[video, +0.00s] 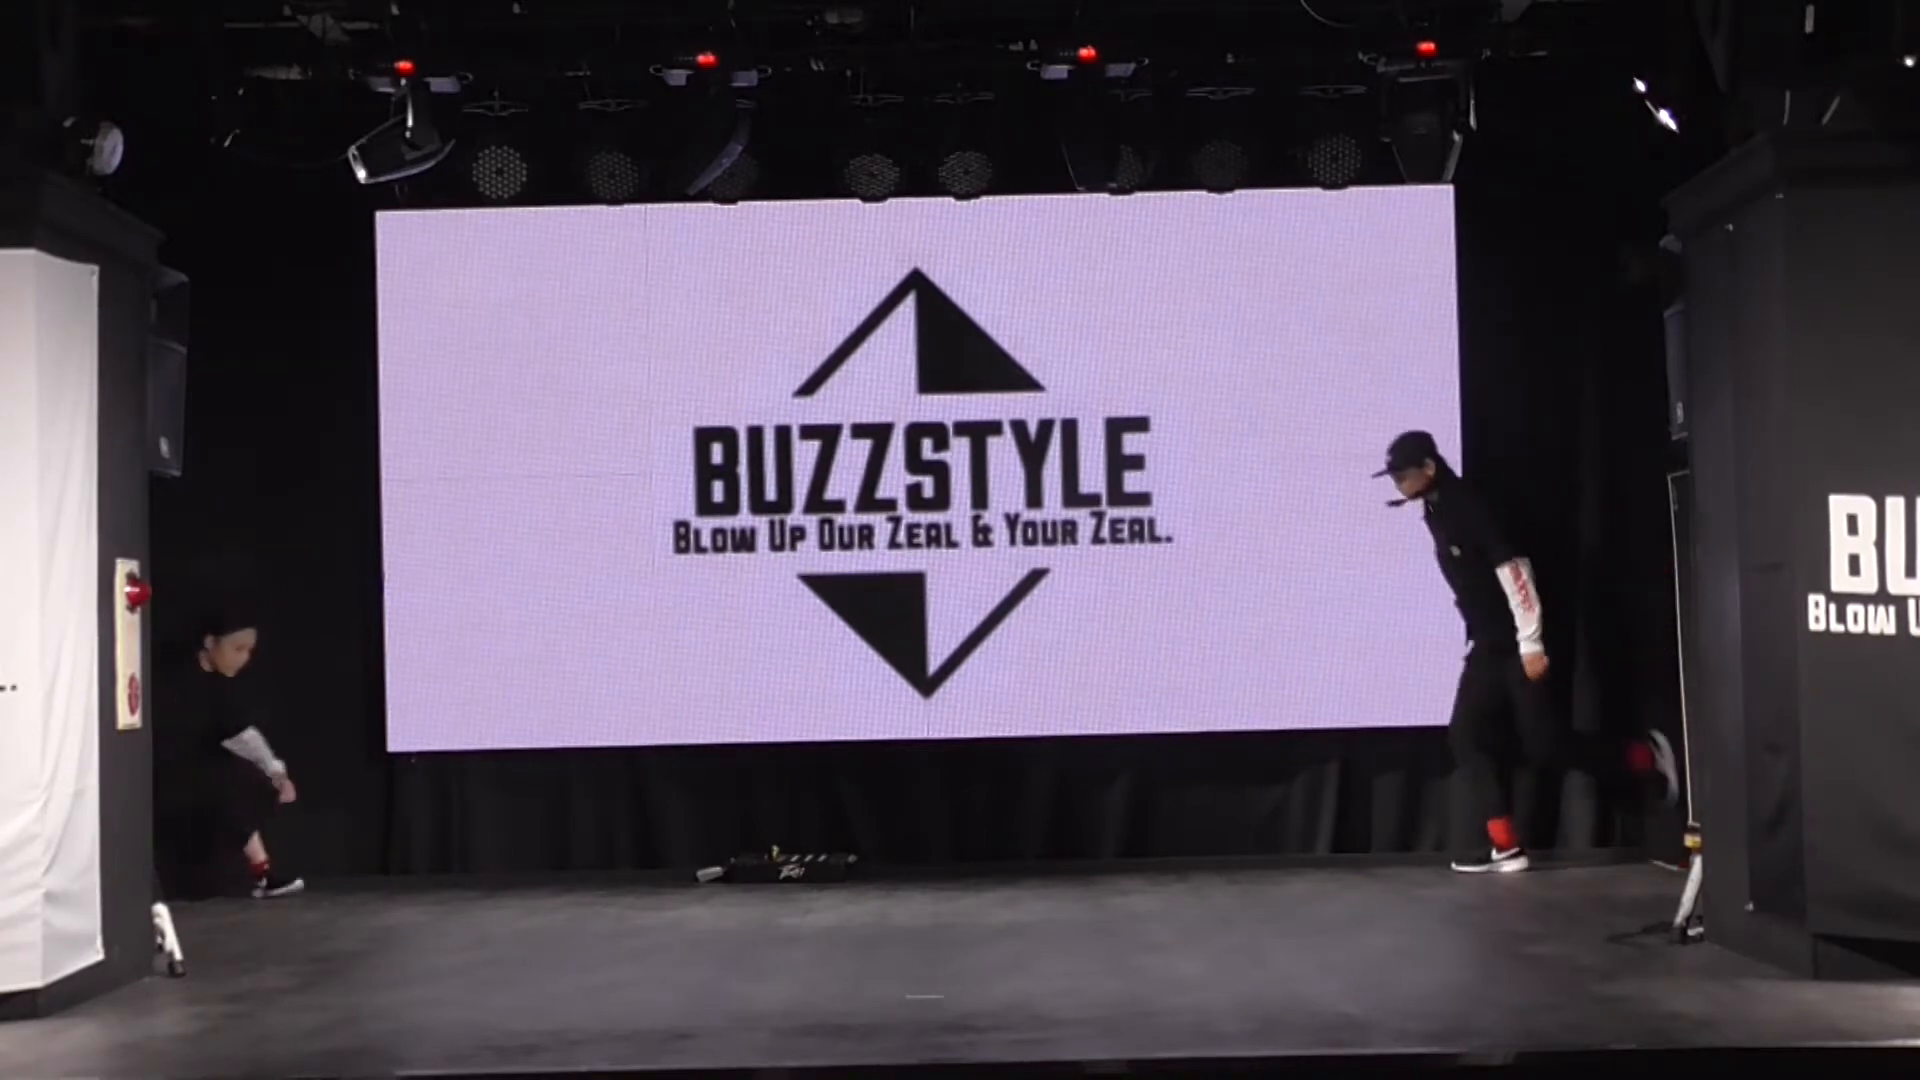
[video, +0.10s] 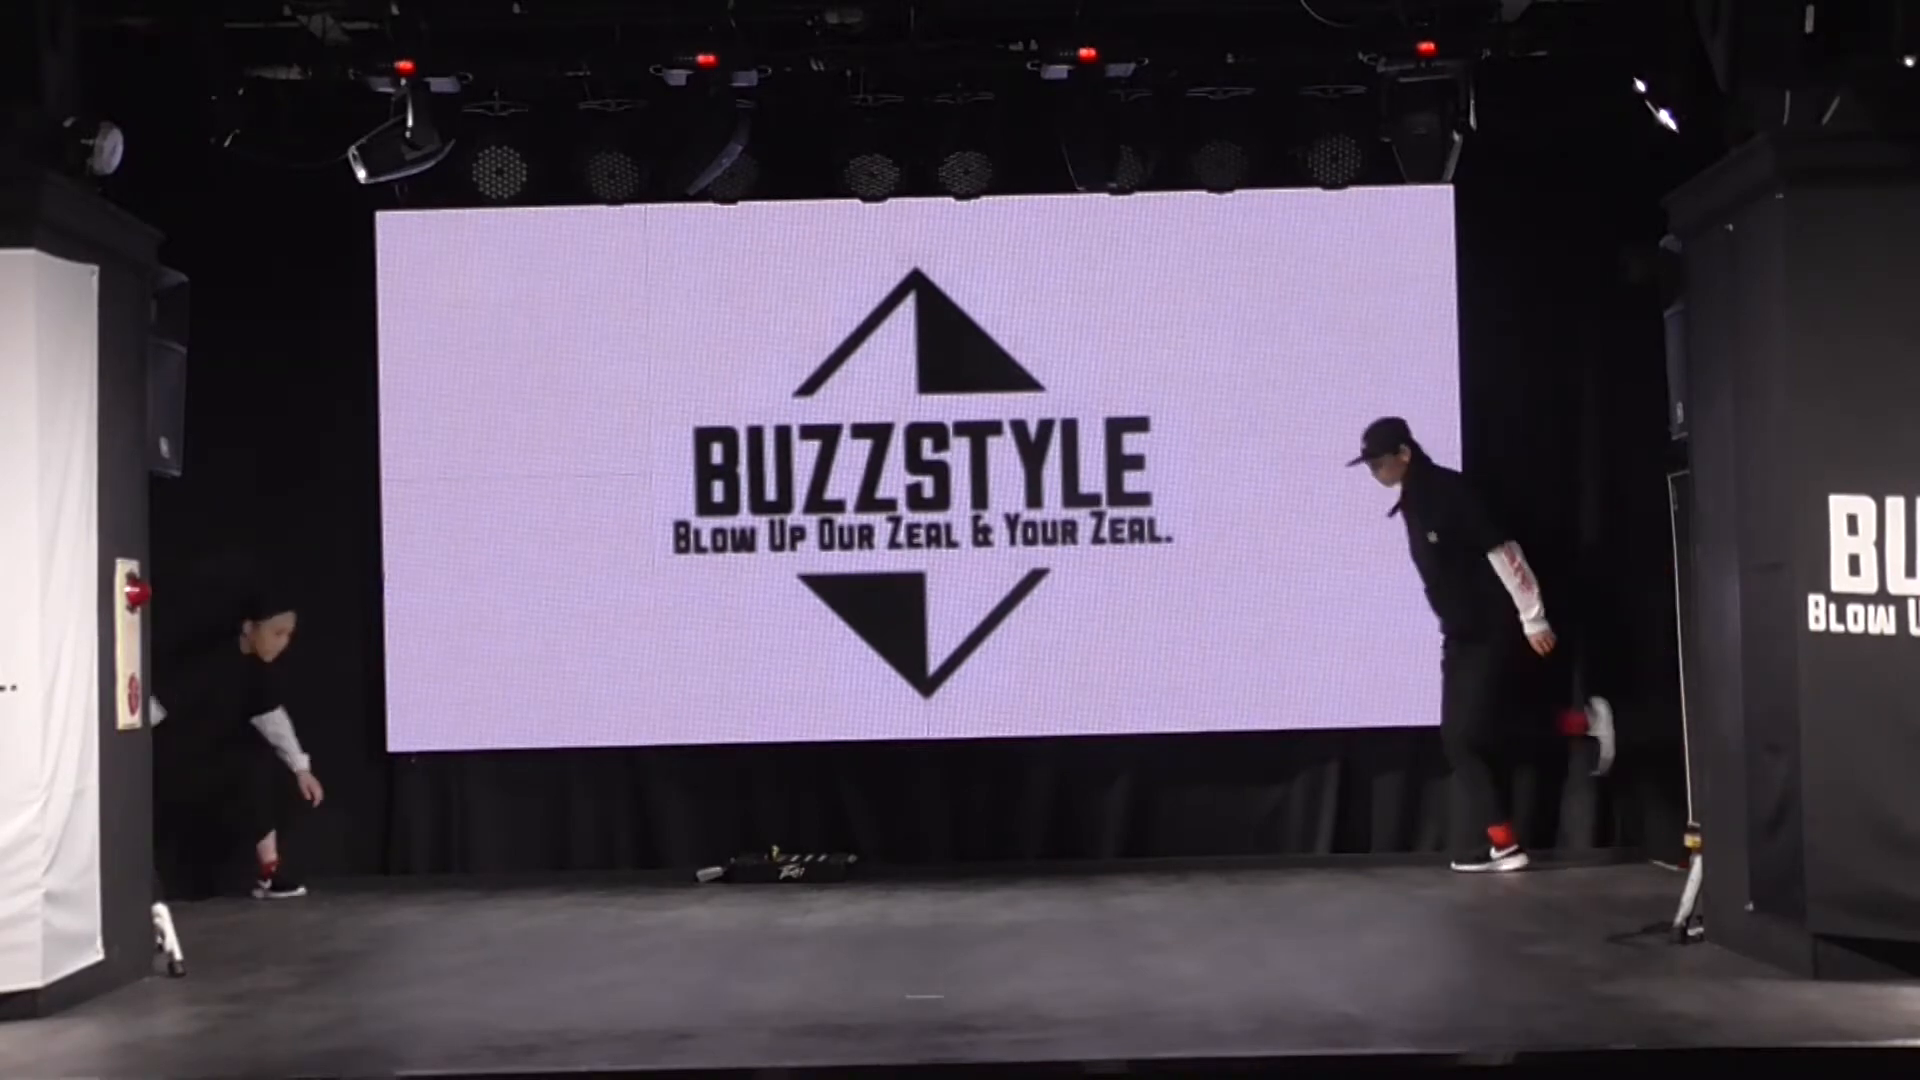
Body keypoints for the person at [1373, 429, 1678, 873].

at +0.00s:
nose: (1399, 484)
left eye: (1404, 474)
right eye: (1396, 476)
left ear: (1429, 467)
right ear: (1413, 473)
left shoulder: (1466, 502)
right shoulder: (1436, 508)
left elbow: (1512, 569)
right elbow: (1474, 575)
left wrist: (1532, 643)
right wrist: (1480, 639)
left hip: (1516, 645)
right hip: (1485, 647)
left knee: (1544, 742)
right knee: (1469, 734)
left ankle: (1650, 755)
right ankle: (1505, 845)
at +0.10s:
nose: (1374, 471)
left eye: (1378, 462)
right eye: (1371, 464)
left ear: (1403, 453)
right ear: (1392, 459)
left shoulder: (1446, 490)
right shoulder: (1413, 497)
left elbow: (1504, 551)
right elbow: (1449, 564)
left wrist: (1534, 619)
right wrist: (1456, 624)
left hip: (1490, 630)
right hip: (1461, 634)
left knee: (1481, 728)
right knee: (1461, 736)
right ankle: (1502, 842)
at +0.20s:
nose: (1350, 463)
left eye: (1355, 453)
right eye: (1346, 455)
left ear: (1381, 444)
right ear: (1364, 452)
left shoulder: (1433, 481)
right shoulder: (1385, 495)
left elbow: (1490, 541)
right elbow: (1410, 565)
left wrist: (1524, 603)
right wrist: (1418, 624)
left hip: (1468, 617)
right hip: (1438, 621)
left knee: (1409, 706)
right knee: (1456, 723)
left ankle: (1514, 741)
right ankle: (1501, 840)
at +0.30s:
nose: (1322, 458)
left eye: (1327, 448)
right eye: (1319, 449)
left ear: (1354, 441)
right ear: (1342, 446)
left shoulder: (1408, 479)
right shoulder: (1357, 494)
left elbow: (1467, 536)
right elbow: (1373, 573)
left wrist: (1500, 597)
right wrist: (1363, 640)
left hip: (1429, 616)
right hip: (1408, 620)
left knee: (1354, 696)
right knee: (1448, 729)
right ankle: (1499, 837)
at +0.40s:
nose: (1292, 460)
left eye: (1299, 450)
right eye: (1290, 451)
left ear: (1326, 446)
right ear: (1311, 452)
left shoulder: (1373, 489)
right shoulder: (1325, 502)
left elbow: (1437, 540)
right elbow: (1336, 574)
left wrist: (1466, 603)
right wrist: (1299, 624)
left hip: (1392, 628)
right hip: (1372, 631)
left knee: (1333, 716)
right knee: (1434, 729)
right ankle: (1496, 836)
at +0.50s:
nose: (1254, 459)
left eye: (1261, 450)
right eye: (1253, 451)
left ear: (1288, 451)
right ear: (1275, 455)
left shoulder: (1327, 501)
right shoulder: (1284, 505)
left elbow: (1390, 552)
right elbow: (1294, 575)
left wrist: (1414, 614)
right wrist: (1249, 607)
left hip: (1346, 641)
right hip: (1327, 643)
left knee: (1294, 733)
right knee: (1399, 735)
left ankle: (1246, 851)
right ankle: (1478, 826)